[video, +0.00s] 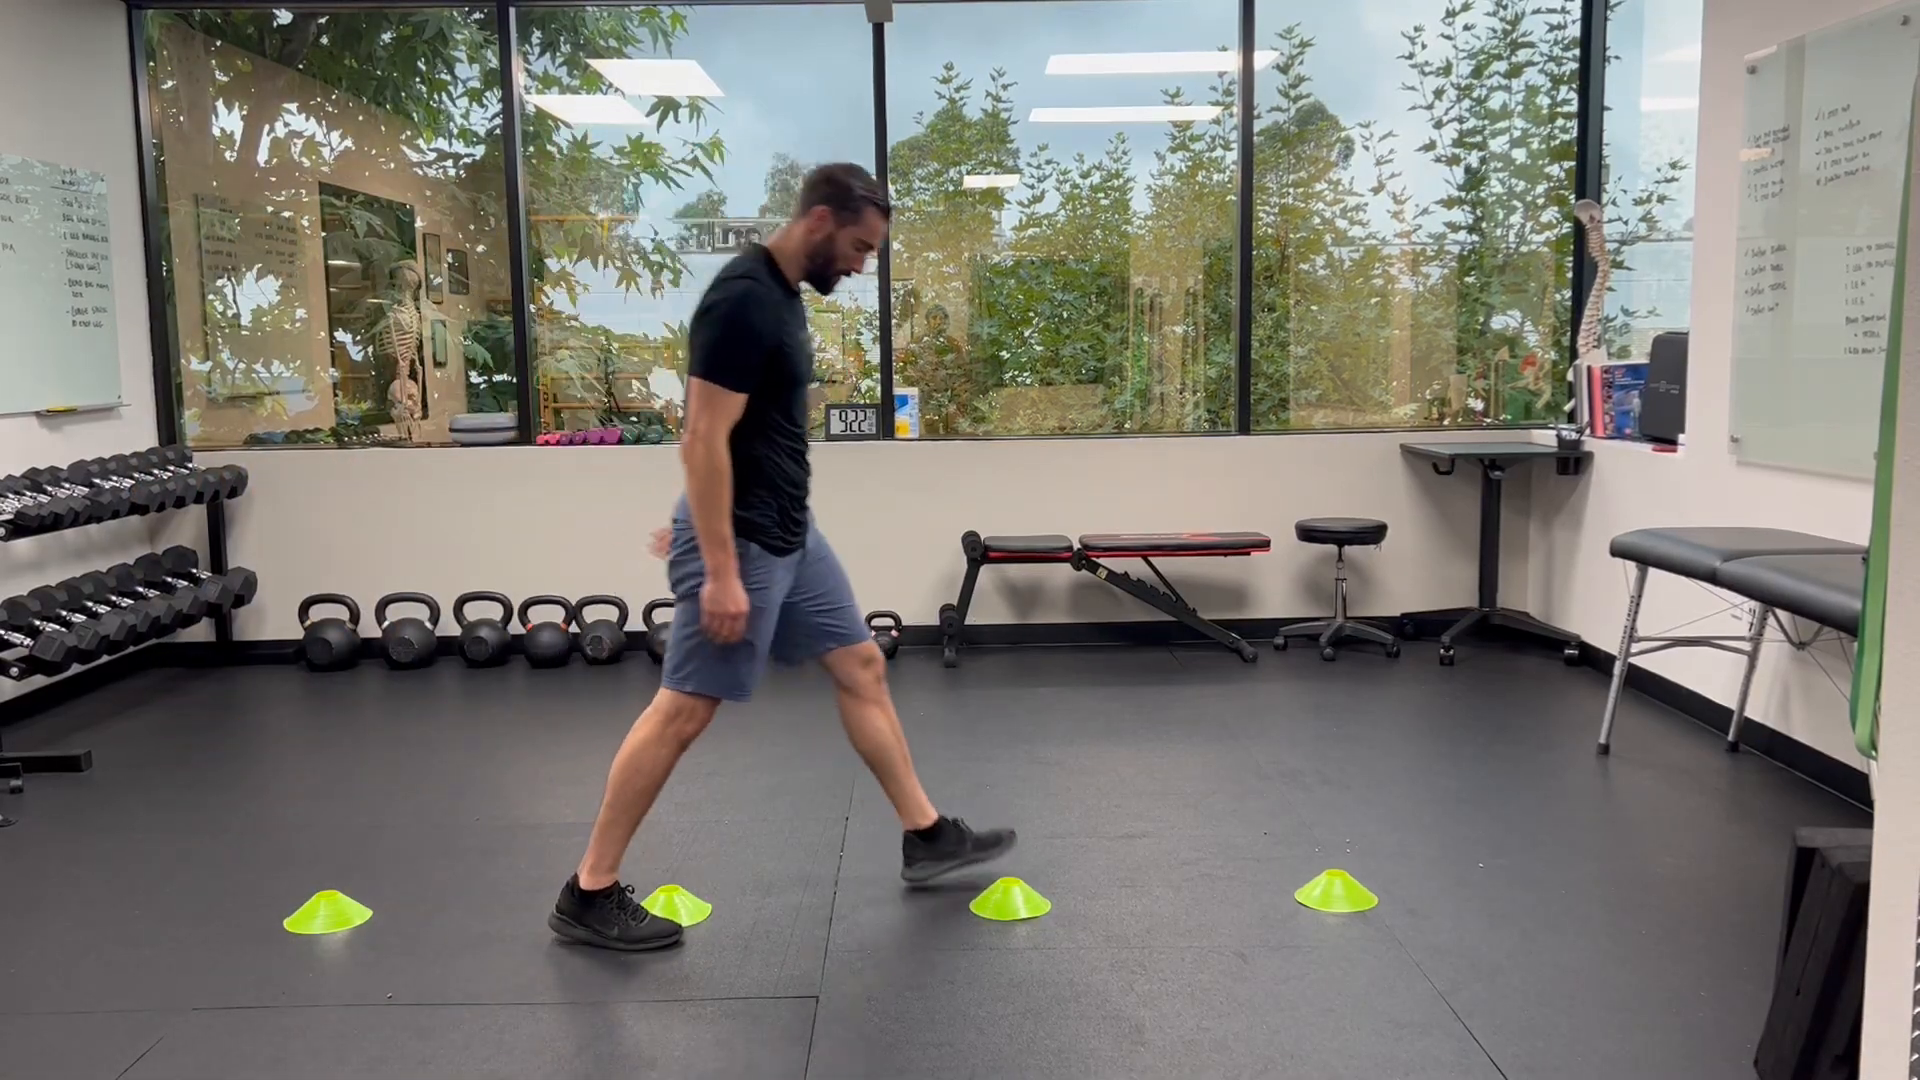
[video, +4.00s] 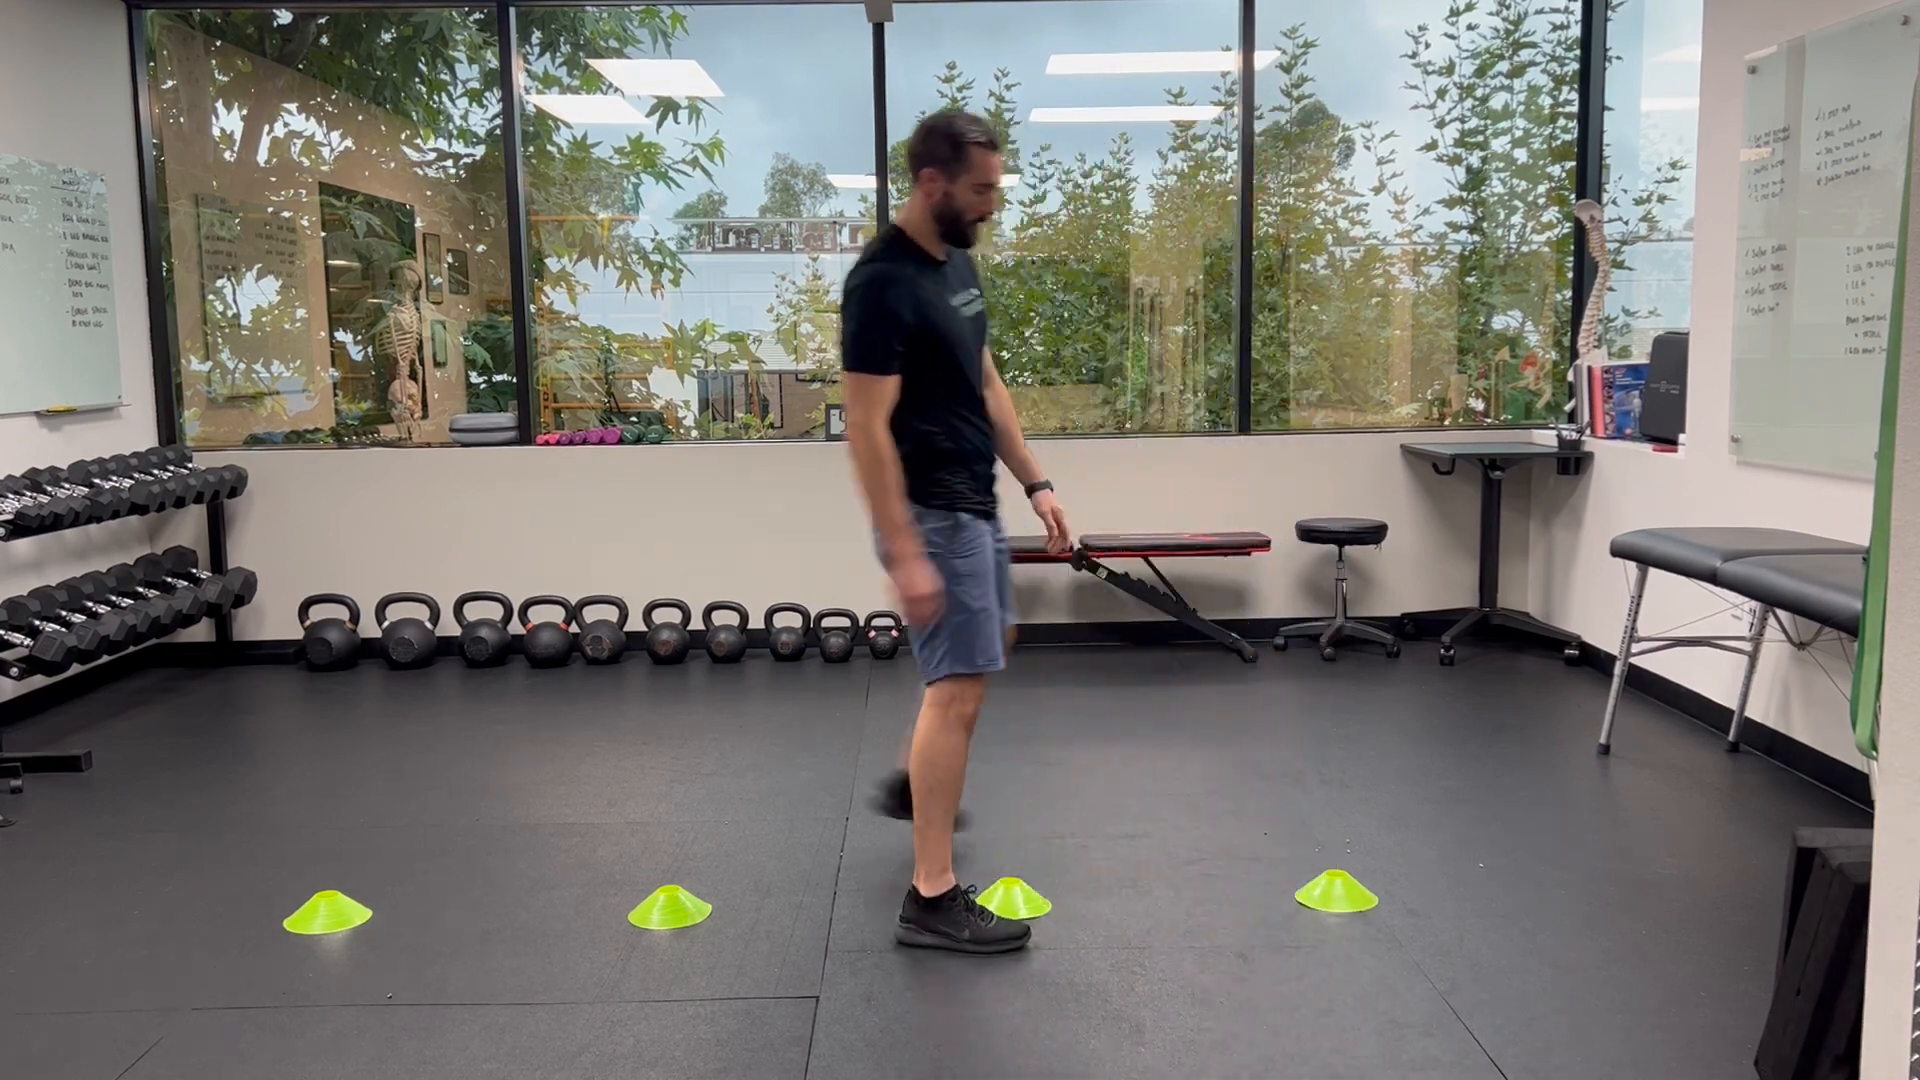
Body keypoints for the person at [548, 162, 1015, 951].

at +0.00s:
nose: (861, 267)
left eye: (870, 253)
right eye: (860, 248)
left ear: (823, 225)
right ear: (819, 220)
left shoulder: (780, 294)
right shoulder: (744, 299)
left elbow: (743, 424)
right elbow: (704, 434)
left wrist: (690, 510)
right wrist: (722, 571)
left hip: (790, 535)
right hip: (738, 545)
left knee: (859, 665)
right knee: (681, 709)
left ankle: (926, 831)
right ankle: (590, 889)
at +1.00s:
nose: (994, 188)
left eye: (1006, 175)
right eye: (980, 170)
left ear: (1012, 187)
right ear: (940, 171)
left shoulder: (984, 272)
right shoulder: (911, 273)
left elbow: (1035, 381)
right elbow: (909, 420)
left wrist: (1062, 315)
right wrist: (955, 535)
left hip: (991, 507)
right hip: (964, 512)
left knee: (968, 676)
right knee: (987, 685)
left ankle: (937, 846)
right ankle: (955, 886)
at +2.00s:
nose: (1303, 254)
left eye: (1313, 240)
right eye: (1304, 233)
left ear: (1263, 207)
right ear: (1264, 205)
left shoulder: (1217, 277)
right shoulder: (1200, 279)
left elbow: (1180, 412)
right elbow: (1158, 407)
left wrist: (1198, 527)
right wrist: (1178, 534)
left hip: (1180, 510)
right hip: (1147, 513)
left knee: (1229, 662)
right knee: (1180, 693)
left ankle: (1249, 840)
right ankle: (1020, 831)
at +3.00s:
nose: (1302, 179)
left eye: (1313, 166)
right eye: (1287, 162)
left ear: (1318, 178)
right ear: (1246, 167)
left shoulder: (1285, 262)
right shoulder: (1227, 262)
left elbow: (1342, 373)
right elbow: (1222, 399)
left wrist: (1358, 317)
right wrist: (1264, 517)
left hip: (1291, 496)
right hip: (1273, 501)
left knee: (1277, 666)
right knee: (1305, 673)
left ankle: (1249, 841)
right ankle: (1274, 876)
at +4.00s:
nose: (995, 203)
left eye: (997, 188)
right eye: (984, 188)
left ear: (953, 183)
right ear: (932, 180)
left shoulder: (954, 263)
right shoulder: (881, 281)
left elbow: (987, 384)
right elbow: (864, 428)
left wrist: (1038, 486)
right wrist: (904, 553)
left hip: (975, 509)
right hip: (933, 517)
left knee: (979, 659)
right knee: (955, 691)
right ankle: (933, 892)